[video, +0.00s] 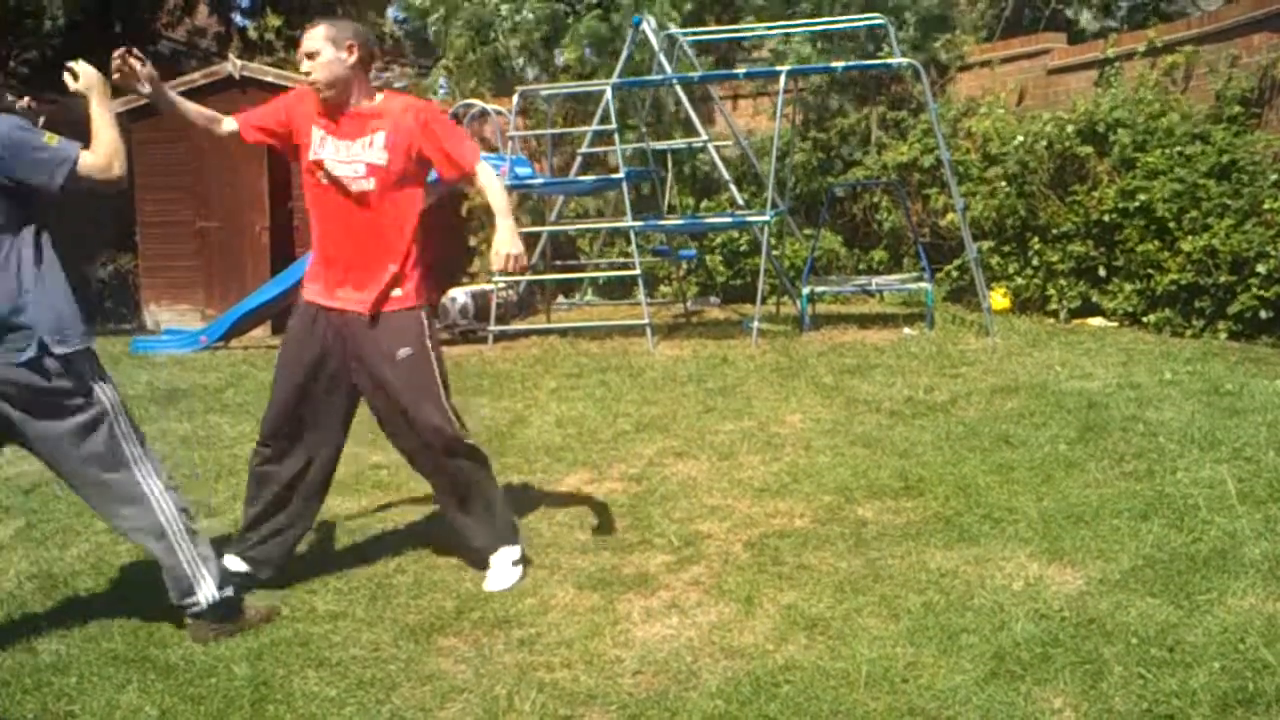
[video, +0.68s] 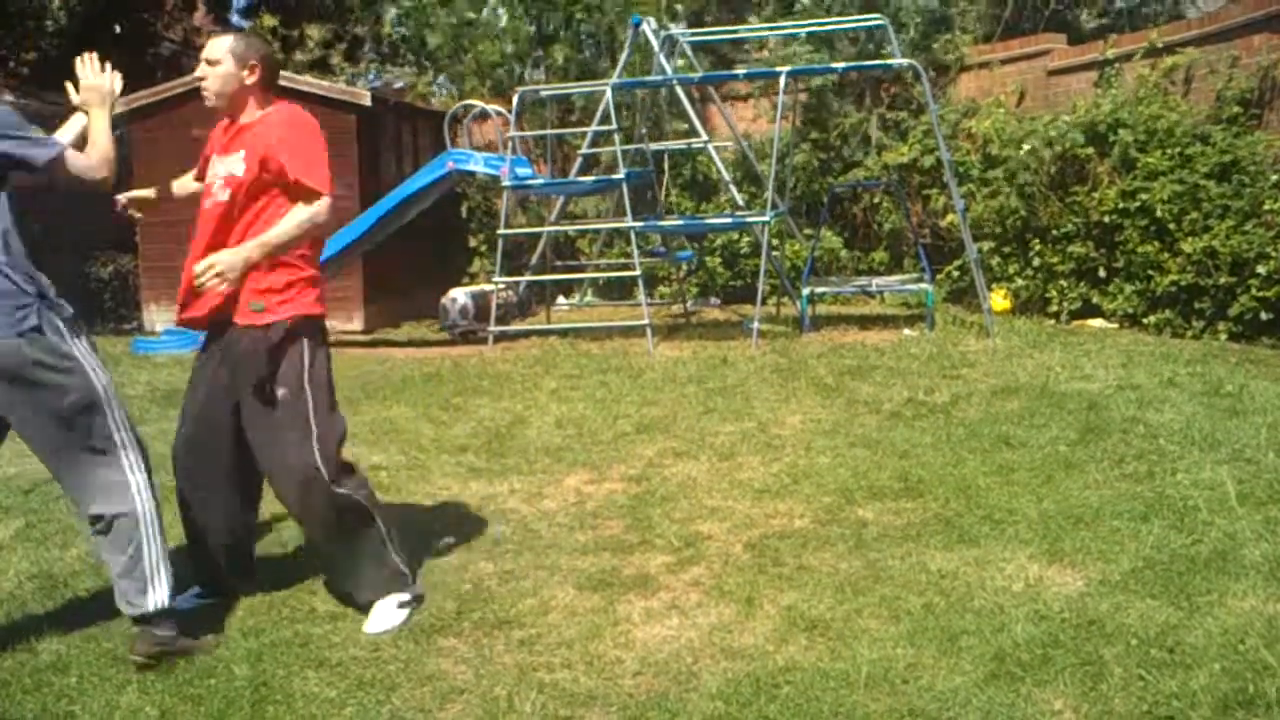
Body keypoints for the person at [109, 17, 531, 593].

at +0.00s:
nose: (304, 67)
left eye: (313, 56)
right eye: (301, 58)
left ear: (351, 55)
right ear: (309, 62)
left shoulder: (409, 115)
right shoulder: (300, 108)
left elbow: (481, 167)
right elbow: (224, 128)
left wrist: (507, 227)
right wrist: (158, 92)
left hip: (391, 308)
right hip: (320, 304)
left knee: (433, 434)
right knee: (286, 433)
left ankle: (500, 543)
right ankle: (257, 556)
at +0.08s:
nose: (283, 88)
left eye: (292, 76)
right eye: (282, 78)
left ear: (329, 75)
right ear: (313, 78)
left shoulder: (391, 130)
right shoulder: (295, 143)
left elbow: (462, 156)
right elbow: (245, 178)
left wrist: (489, 188)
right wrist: (203, 143)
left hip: (391, 331)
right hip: (318, 330)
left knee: (432, 454)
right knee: (270, 451)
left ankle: (500, 551)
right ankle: (238, 569)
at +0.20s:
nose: (236, 104)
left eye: (244, 93)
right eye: (236, 94)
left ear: (276, 94)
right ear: (268, 96)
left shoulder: (311, 125)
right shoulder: (285, 150)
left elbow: (358, 135)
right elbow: (318, 227)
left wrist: (347, 97)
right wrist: (284, 279)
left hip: (338, 327)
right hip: (294, 331)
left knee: (392, 450)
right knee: (245, 443)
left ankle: (489, 535)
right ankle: (230, 568)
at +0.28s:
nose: (220, 117)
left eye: (228, 105)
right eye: (219, 107)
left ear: (254, 108)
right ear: (235, 117)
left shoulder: (276, 141)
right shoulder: (308, 158)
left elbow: (268, 101)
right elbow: (360, 232)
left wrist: (223, 55)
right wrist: (304, 309)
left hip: (317, 330)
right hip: (297, 331)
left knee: (359, 462)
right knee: (240, 455)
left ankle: (469, 538)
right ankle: (226, 581)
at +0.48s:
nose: (184, 125)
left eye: (190, 116)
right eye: (182, 118)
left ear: (218, 118)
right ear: (242, 122)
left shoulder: (229, 144)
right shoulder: (287, 171)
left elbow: (198, 128)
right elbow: (348, 224)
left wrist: (114, 98)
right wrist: (408, 273)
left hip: (279, 332)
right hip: (257, 341)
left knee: (313, 462)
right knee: (202, 453)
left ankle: (458, 532)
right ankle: (218, 582)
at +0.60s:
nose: (176, 91)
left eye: (187, 78)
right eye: (177, 80)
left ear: (225, 85)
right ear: (218, 88)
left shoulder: (247, 118)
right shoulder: (220, 141)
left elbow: (252, 162)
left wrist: (156, 165)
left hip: (277, 320)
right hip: (232, 327)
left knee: (303, 463)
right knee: (202, 459)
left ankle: (424, 526)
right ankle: (217, 581)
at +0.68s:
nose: (199, 74)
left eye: (210, 65)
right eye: (199, 65)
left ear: (249, 73)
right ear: (231, 74)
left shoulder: (287, 122)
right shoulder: (223, 135)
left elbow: (319, 206)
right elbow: (198, 183)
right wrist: (150, 197)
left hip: (283, 325)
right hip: (228, 326)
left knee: (305, 467)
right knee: (201, 454)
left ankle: (390, 584)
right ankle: (220, 579)